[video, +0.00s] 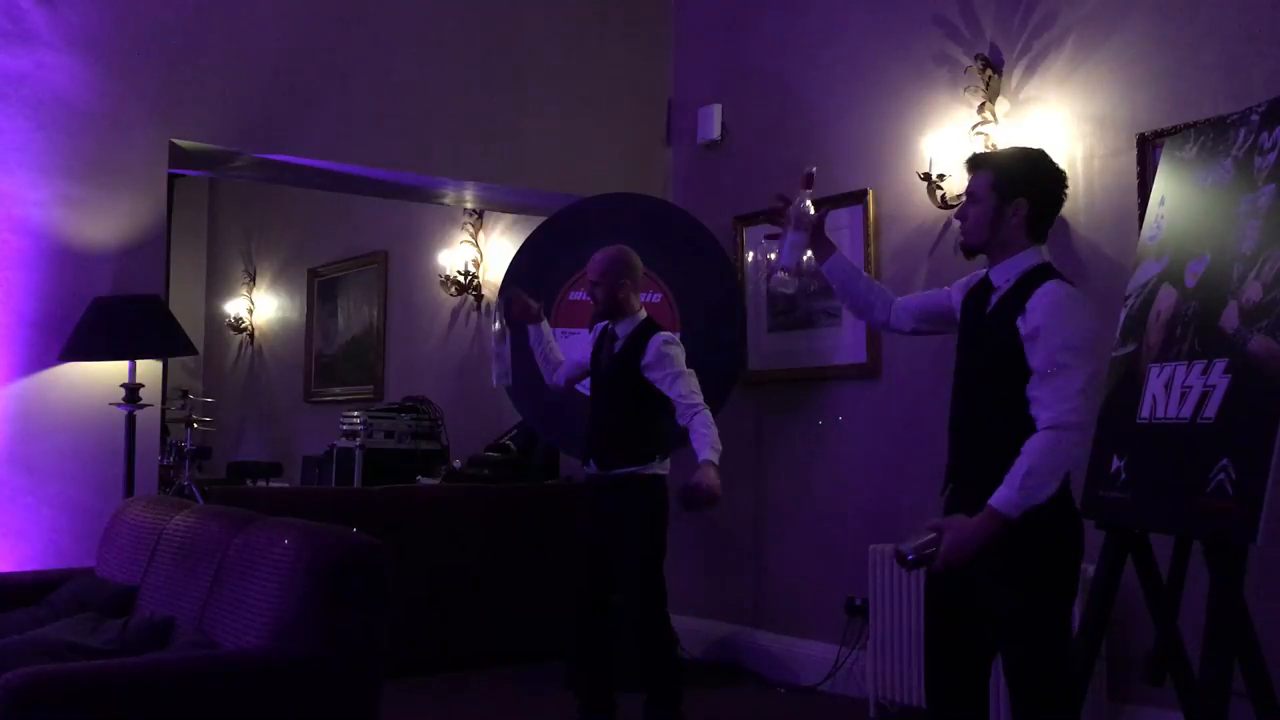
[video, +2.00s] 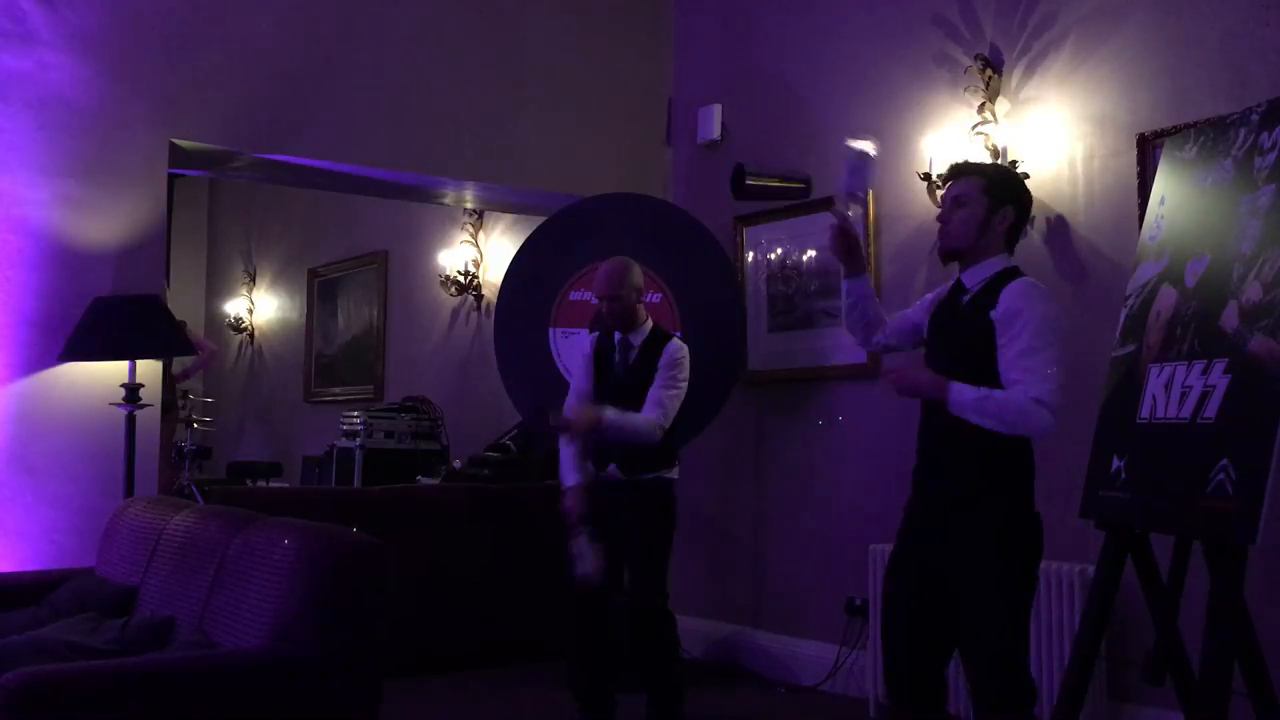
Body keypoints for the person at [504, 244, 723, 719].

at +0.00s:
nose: (588, 292)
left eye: (597, 284)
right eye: (588, 284)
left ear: (626, 287)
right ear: (606, 288)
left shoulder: (658, 343)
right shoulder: (598, 337)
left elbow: (693, 406)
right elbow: (558, 374)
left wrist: (708, 462)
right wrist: (537, 323)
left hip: (641, 487)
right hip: (601, 485)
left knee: (643, 602)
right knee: (597, 598)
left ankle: (661, 705)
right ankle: (596, 702)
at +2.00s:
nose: (603, 308)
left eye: (613, 299)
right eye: (599, 299)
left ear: (638, 297)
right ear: (596, 298)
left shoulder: (672, 351)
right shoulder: (593, 348)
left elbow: (653, 424)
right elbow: (573, 421)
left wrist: (596, 418)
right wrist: (573, 487)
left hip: (650, 490)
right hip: (599, 487)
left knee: (647, 599)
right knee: (596, 595)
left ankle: (663, 703)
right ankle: (594, 701)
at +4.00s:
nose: (623, 306)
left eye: (632, 297)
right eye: (617, 298)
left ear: (655, 298)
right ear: (609, 303)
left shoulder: (680, 352)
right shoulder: (612, 359)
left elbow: (625, 423)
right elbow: (605, 438)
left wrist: (553, 417)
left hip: (677, 498)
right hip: (632, 496)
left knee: (663, 608)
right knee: (606, 601)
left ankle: (681, 708)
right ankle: (592, 705)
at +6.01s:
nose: (555, 304)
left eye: (563, 295)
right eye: (550, 296)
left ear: (589, 293)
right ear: (549, 297)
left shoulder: (616, 348)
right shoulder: (556, 353)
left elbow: (624, 427)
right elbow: (553, 429)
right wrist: (523, 480)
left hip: (604, 490)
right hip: (562, 491)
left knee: (620, 599)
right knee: (563, 600)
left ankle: (653, 700)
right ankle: (574, 701)